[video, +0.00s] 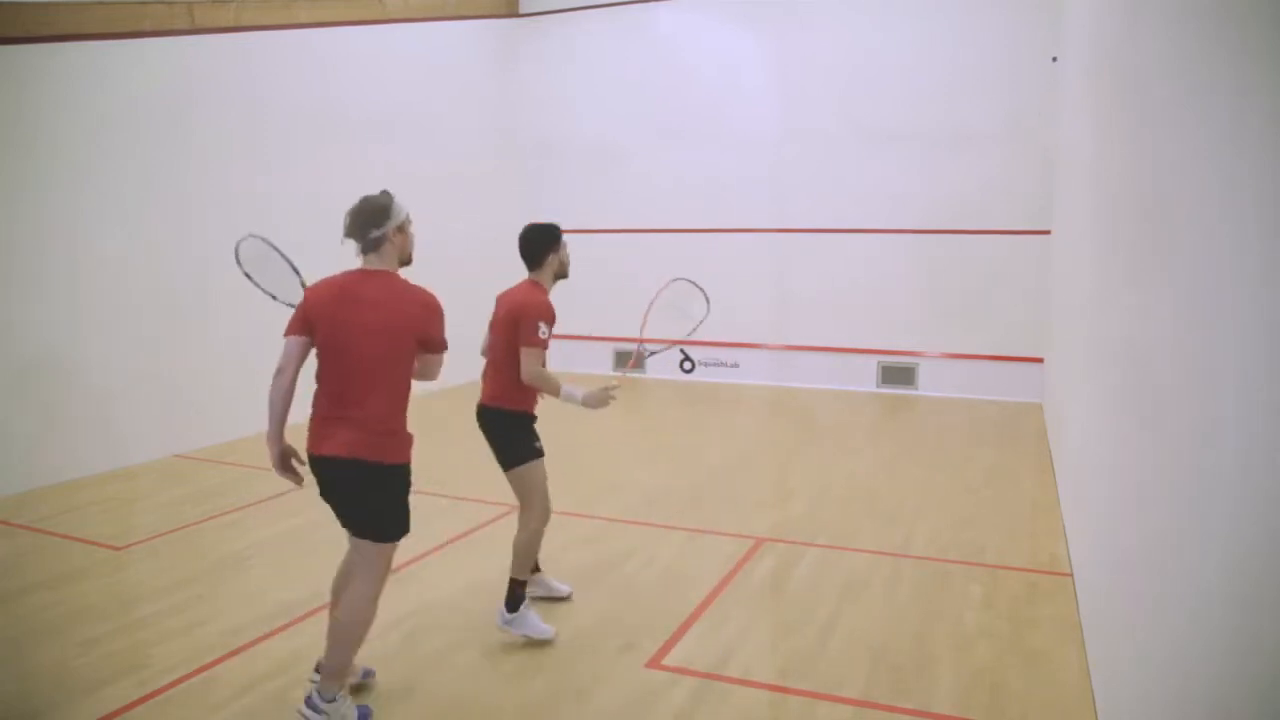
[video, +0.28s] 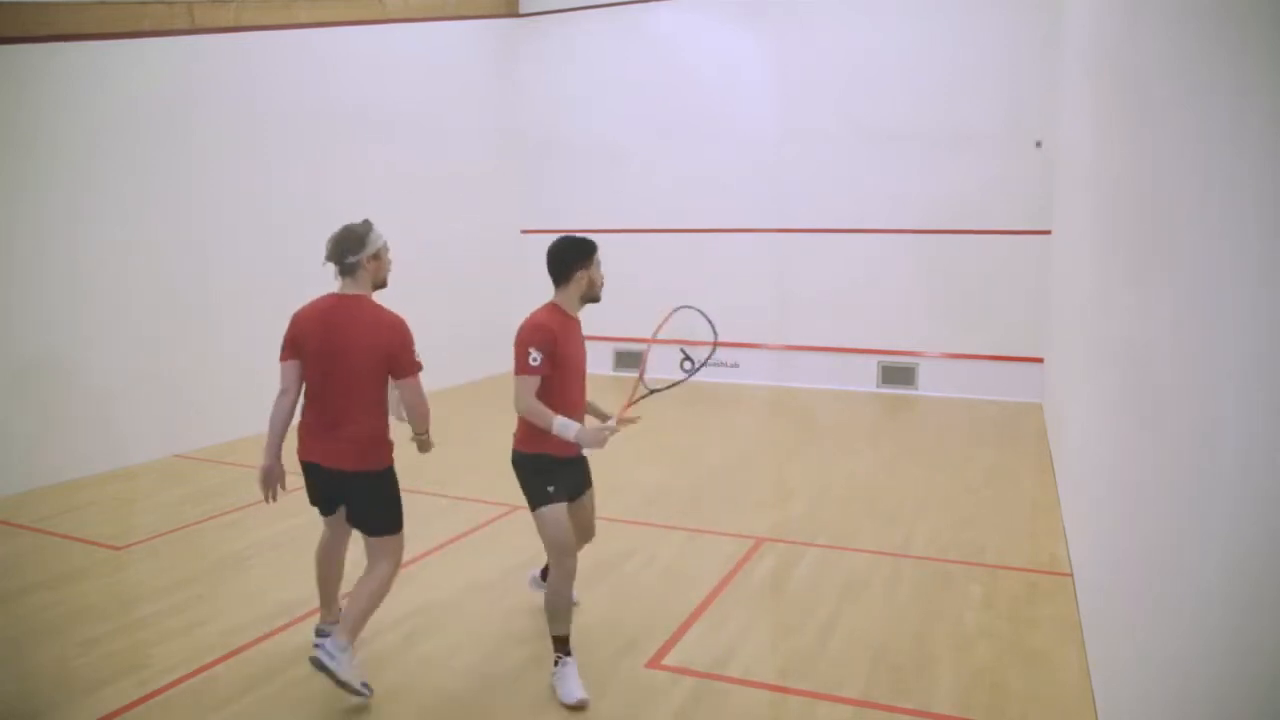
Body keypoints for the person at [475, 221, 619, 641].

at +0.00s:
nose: (568, 256)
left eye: (565, 249)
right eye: (564, 250)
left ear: (532, 258)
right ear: (553, 256)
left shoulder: (510, 297)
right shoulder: (535, 304)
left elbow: (488, 351)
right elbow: (531, 372)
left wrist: (528, 376)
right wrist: (579, 397)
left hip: (502, 411)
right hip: (508, 415)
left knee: (535, 503)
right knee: (536, 509)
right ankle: (512, 609)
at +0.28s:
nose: (602, 276)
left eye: (599, 268)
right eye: (597, 268)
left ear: (572, 275)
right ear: (578, 275)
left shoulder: (571, 323)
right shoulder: (538, 329)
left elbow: (565, 387)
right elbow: (524, 402)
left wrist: (602, 414)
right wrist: (573, 431)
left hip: (571, 451)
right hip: (537, 457)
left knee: (584, 530)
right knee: (563, 557)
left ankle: (548, 577)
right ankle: (563, 661)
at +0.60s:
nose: (656, 295)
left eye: (658, 284)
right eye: (653, 283)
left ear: (626, 281)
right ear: (624, 279)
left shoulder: (627, 333)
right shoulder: (562, 332)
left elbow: (626, 389)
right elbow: (518, 402)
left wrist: (677, 416)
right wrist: (566, 423)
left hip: (621, 485)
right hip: (568, 489)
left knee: (650, 590)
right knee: (576, 594)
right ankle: (566, 662)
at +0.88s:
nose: (691, 351)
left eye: (693, 340)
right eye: (688, 339)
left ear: (659, 337)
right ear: (655, 336)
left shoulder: (664, 379)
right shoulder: (574, 371)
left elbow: (680, 399)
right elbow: (483, 408)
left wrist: (719, 416)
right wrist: (503, 365)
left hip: (646, 524)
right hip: (585, 531)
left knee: (702, 632)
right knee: (605, 661)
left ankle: (688, 716)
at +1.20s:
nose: (641, 295)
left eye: (641, 281)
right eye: (639, 280)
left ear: (594, 280)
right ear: (612, 284)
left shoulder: (539, 330)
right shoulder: (592, 370)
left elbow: (546, 412)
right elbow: (657, 445)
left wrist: (593, 452)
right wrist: (708, 463)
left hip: (536, 513)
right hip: (537, 528)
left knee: (616, 603)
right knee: (597, 658)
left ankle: (607, 705)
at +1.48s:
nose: (533, 313)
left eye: (529, 303)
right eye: (530, 303)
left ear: (473, 314)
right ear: (519, 312)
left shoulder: (430, 385)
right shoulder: (535, 391)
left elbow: (385, 467)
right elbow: (571, 485)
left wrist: (413, 505)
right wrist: (596, 465)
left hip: (436, 569)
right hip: (503, 572)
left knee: (418, 652)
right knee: (566, 701)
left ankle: (371, 718)